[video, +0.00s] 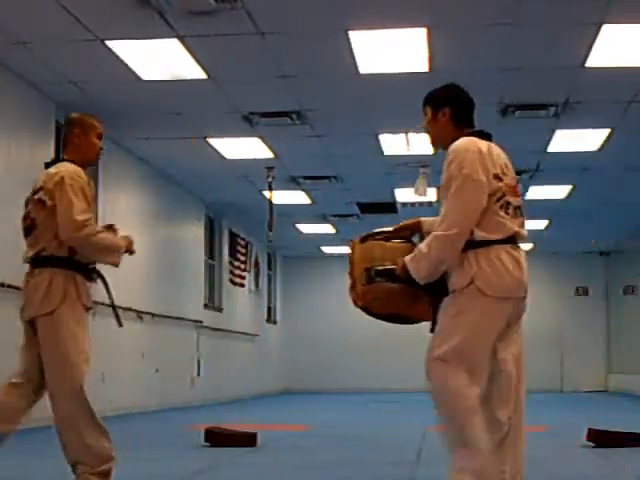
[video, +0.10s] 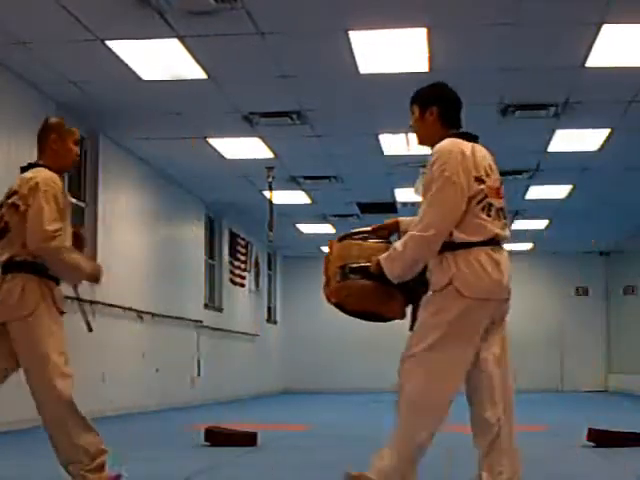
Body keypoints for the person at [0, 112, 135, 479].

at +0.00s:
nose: (102, 146)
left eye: (101, 139)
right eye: (97, 138)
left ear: (73, 141)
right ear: (75, 138)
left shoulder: (50, 177)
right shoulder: (69, 174)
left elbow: (58, 237)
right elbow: (78, 234)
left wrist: (100, 234)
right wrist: (119, 245)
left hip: (40, 283)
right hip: (59, 283)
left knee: (30, 379)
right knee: (68, 380)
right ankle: (93, 466)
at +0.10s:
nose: (79, 151)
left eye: (79, 144)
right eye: (74, 143)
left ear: (48, 145)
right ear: (53, 143)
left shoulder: (26, 182)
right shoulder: (45, 181)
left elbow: (23, 240)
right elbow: (46, 240)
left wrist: (65, 241)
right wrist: (85, 268)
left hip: (12, 286)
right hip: (26, 287)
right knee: (53, 382)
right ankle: (88, 466)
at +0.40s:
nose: (35, 144)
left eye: (35, 138)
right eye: (29, 137)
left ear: (15, 140)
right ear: (8, 137)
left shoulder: (12, 179)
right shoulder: (6, 177)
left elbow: (10, 236)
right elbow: (6, 238)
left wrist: (33, 255)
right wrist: (37, 258)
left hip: (9, 281)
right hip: (5, 283)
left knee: (28, 358)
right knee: (24, 358)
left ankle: (18, 451)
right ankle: (13, 453)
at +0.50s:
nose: (34, 138)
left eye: (34, 132)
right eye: (29, 130)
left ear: (13, 132)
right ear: (8, 130)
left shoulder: (12, 169)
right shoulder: (7, 166)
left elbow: (13, 223)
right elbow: (10, 222)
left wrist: (45, 236)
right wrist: (51, 237)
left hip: (6, 272)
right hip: (3, 273)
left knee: (22, 351)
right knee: (22, 351)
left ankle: (14, 447)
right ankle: (11, 448)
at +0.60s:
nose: (38, 155)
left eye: (38, 148)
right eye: (33, 147)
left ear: (14, 147)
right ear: (11, 146)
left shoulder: (13, 185)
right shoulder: (6, 183)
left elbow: (16, 236)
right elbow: (14, 237)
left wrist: (55, 227)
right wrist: (61, 226)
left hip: (6, 292)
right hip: (2, 293)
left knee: (25, 369)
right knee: (26, 368)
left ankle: (45, 454)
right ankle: (39, 461)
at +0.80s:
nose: (57, 158)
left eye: (57, 152)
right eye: (50, 150)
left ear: (37, 155)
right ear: (26, 152)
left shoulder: (36, 202)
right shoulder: (14, 197)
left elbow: (49, 245)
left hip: (26, 301)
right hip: (19, 302)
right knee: (63, 382)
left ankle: (86, 467)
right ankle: (88, 469)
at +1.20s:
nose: (121, 130)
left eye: (122, 125)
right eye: (114, 123)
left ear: (108, 129)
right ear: (91, 124)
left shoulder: (104, 164)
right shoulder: (84, 160)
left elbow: (63, 221)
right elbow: (131, 173)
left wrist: (22, 252)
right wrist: (151, 130)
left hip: (147, 253)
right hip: (117, 260)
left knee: (216, 279)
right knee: (144, 347)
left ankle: (250, 360)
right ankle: (126, 439)